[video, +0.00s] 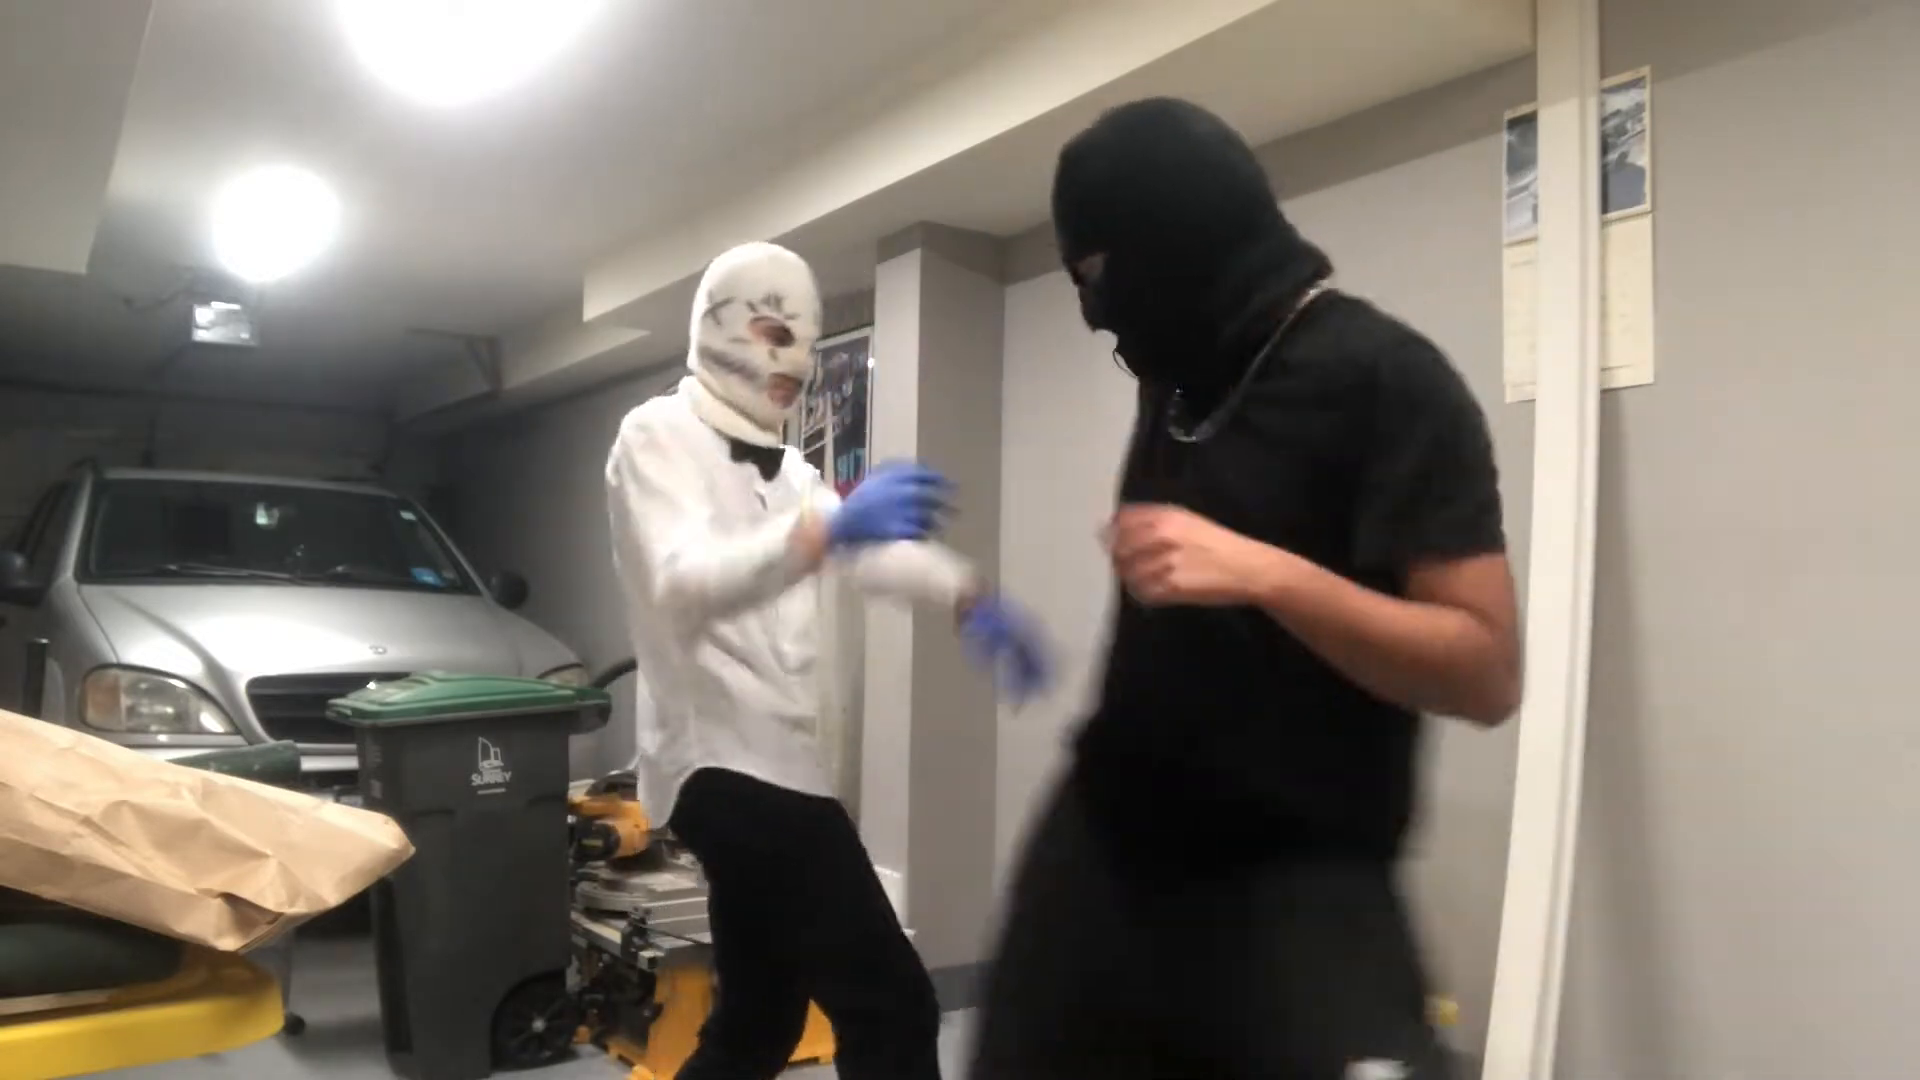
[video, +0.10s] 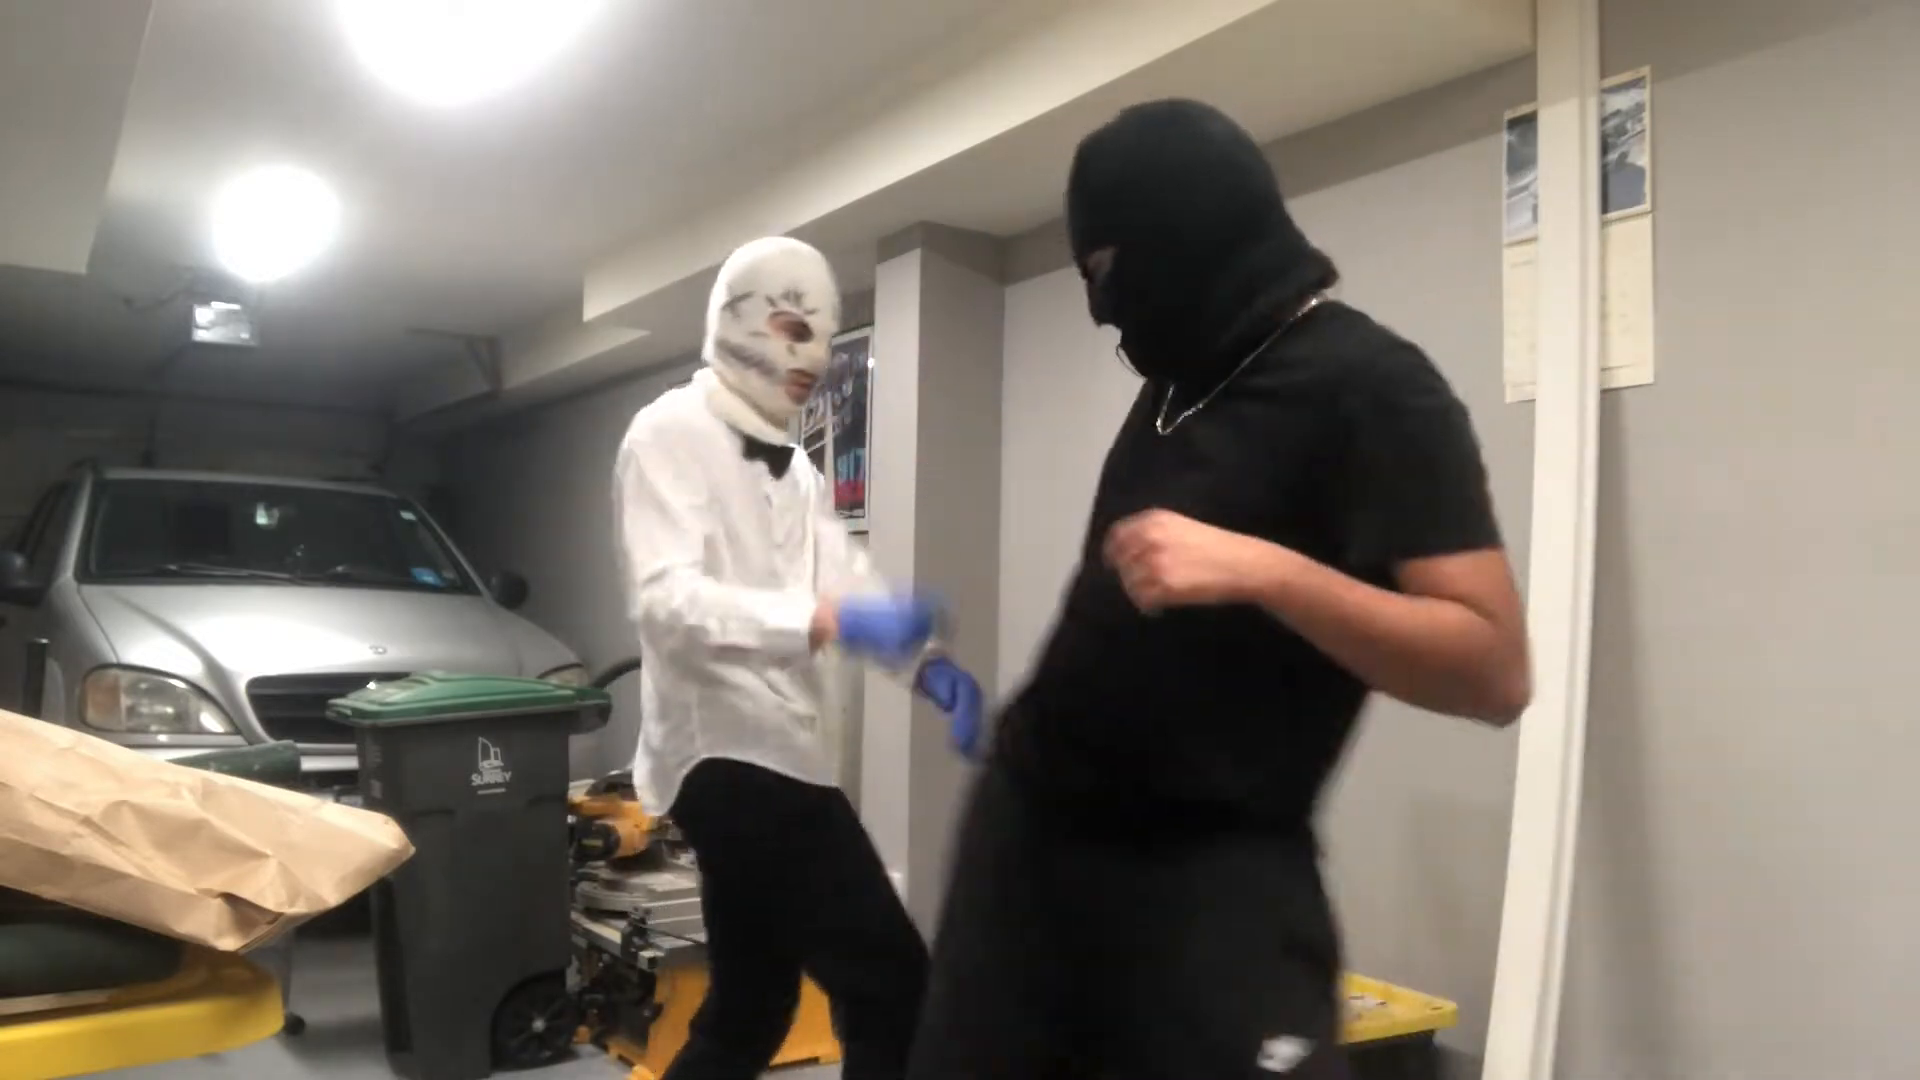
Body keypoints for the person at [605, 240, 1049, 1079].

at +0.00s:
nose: (785, 341)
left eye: (798, 328)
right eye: (764, 318)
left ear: (806, 347)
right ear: (712, 324)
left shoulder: (791, 472)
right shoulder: (659, 433)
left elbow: (863, 554)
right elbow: (679, 585)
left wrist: (966, 593)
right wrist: (823, 531)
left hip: (788, 767)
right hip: (725, 767)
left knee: (754, 1024)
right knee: (892, 1008)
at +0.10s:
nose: (807, 347)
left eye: (818, 328)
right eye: (788, 322)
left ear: (829, 340)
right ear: (733, 320)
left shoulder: (793, 465)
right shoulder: (670, 432)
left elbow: (847, 586)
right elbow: (663, 603)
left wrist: (925, 666)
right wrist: (820, 620)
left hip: (786, 752)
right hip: (722, 752)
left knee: (747, 1011)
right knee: (890, 980)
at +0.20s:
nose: (838, 361)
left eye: (851, 341)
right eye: (820, 332)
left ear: (858, 346)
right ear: (765, 322)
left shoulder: (770, 446)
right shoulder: (709, 420)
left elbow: (799, 620)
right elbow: (669, 603)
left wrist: (912, 674)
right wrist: (827, 659)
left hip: (764, 745)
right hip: (739, 748)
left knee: (732, 1011)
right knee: (917, 952)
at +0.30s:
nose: (878, 375)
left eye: (881, 356)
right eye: (872, 350)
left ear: (807, 334)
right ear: (830, 334)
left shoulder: (775, 428)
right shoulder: (756, 420)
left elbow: (792, 618)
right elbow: (736, 578)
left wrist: (921, 694)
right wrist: (882, 665)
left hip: (738, 759)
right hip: (769, 744)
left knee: (726, 1013)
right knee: (953, 964)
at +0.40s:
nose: (907, 403)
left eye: (913, 384)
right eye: (903, 378)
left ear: (823, 360)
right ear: (873, 362)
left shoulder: (732, 465)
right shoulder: (839, 434)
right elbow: (822, 594)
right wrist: (942, 697)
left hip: (740, 783)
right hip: (839, 772)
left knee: (724, 1021)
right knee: (961, 1003)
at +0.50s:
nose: (963, 426)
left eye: (964, 412)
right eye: (959, 411)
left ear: (858, 401)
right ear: (939, 406)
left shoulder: (766, 494)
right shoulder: (935, 468)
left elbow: (706, 657)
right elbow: (957, 637)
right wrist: (1021, 724)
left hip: (772, 814)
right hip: (909, 806)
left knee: (735, 1021)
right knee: (988, 1014)